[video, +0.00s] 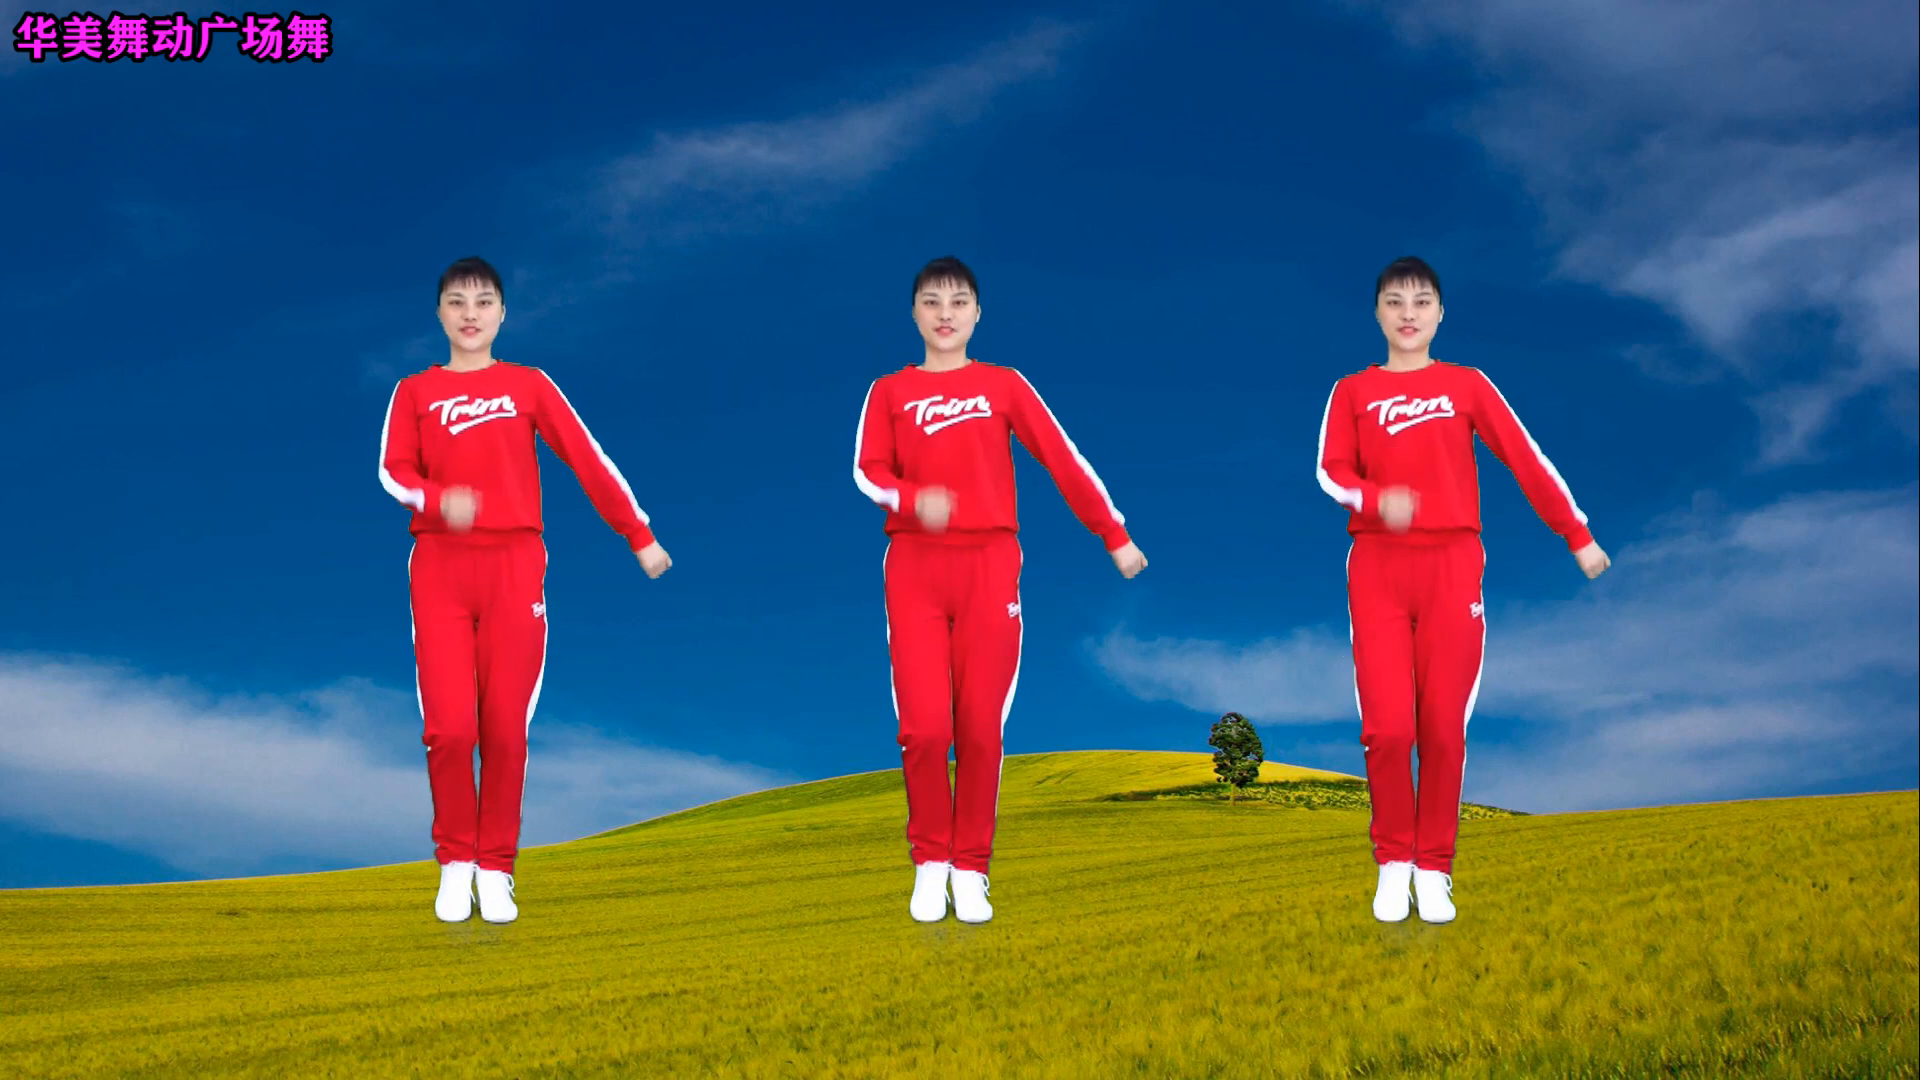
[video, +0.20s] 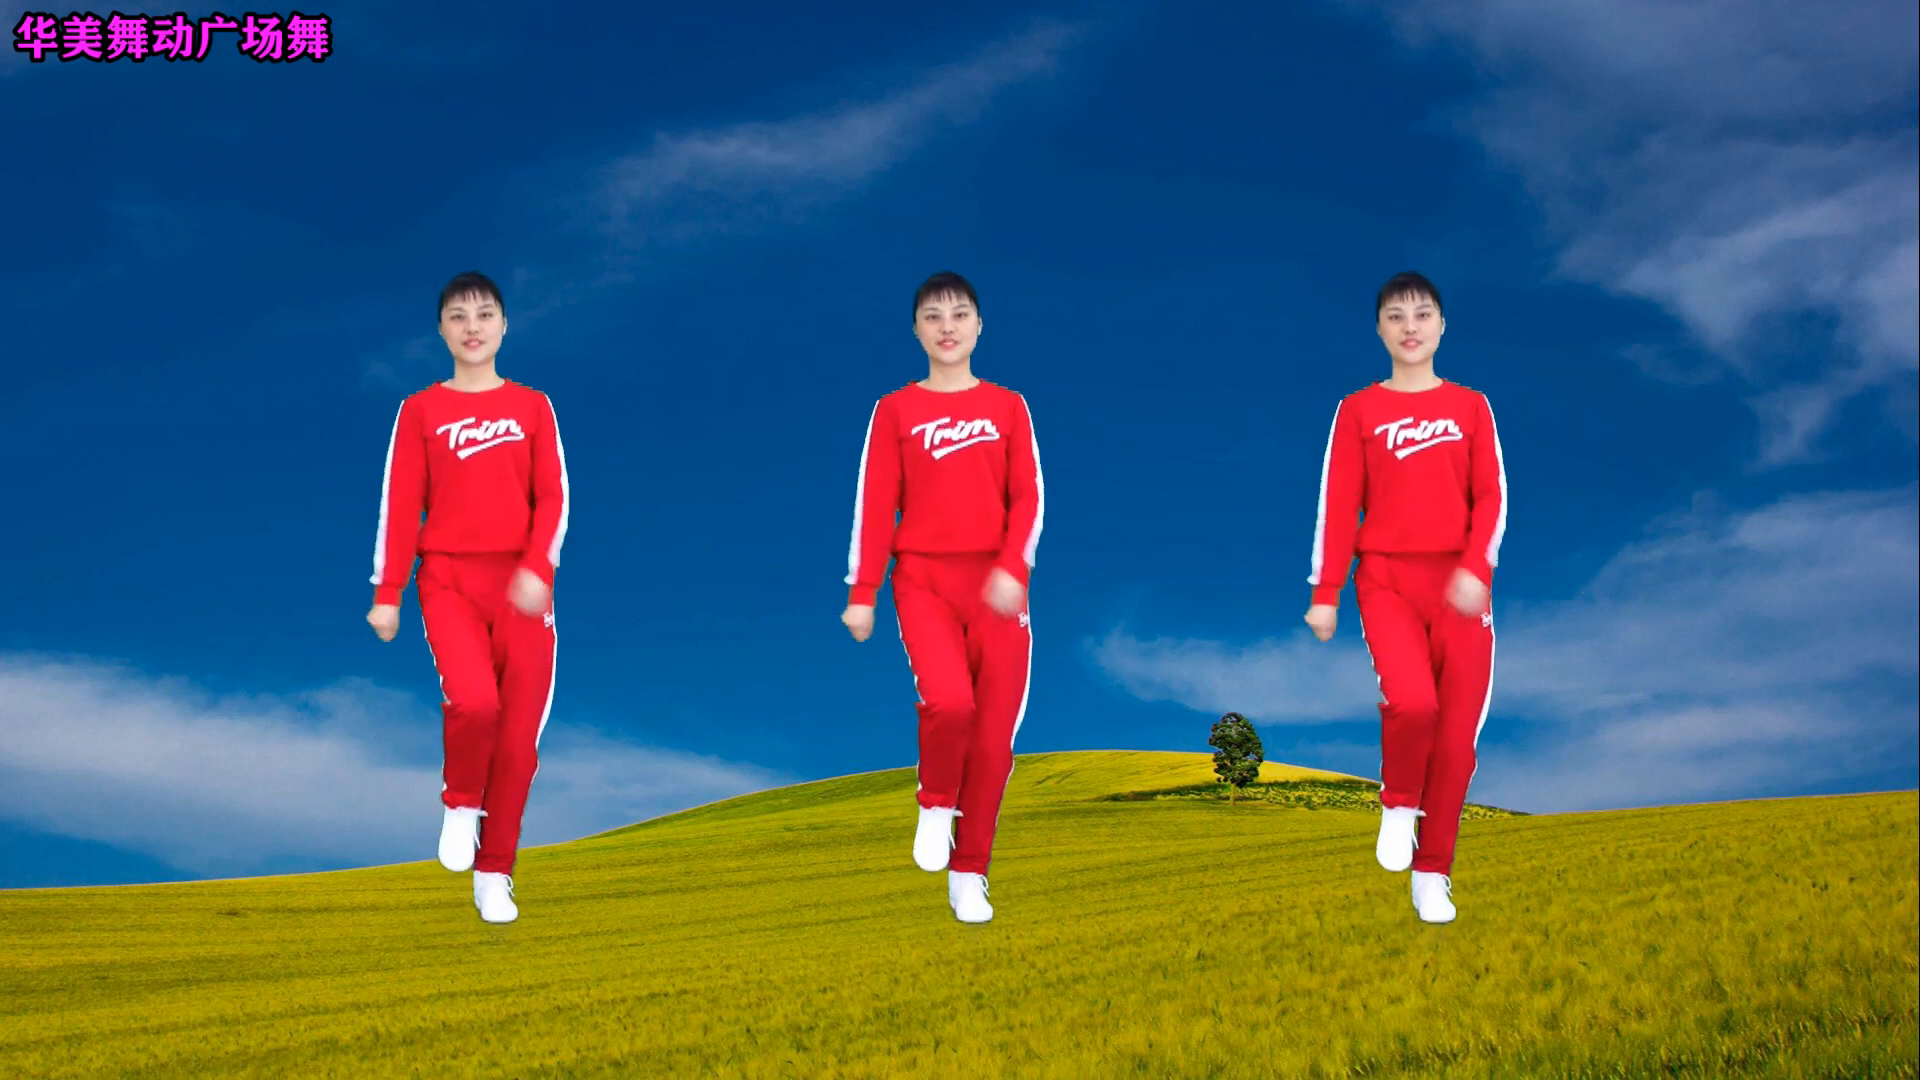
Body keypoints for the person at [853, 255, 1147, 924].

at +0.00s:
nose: (945, 313)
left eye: (958, 302)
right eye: (932, 302)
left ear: (976, 313)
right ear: (916, 313)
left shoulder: (1004, 385)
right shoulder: (888, 390)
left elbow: (1065, 460)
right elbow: (867, 472)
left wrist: (1116, 536)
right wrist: (911, 497)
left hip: (990, 569)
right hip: (914, 570)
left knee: (981, 724)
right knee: (923, 725)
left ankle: (971, 868)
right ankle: (930, 862)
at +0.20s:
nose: (948, 327)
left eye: (959, 316)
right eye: (934, 317)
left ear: (977, 325)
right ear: (919, 329)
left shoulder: (1009, 406)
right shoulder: (894, 410)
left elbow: (1029, 495)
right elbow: (874, 504)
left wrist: (1014, 568)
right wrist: (862, 592)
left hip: (998, 578)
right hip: (922, 579)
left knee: (997, 729)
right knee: (950, 703)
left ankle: (971, 869)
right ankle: (937, 805)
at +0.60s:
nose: (943, 312)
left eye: (955, 301)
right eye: (930, 304)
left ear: (975, 312)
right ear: (915, 318)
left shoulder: (1004, 392)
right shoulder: (890, 393)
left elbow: (1013, 475)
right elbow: (827, 462)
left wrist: (960, 426)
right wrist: (762, 525)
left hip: (988, 566)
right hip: (911, 567)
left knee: (978, 724)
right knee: (921, 723)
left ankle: (970, 869)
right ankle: (931, 870)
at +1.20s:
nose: (937, 306)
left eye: (951, 296)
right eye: (925, 296)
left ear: (969, 311)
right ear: (908, 310)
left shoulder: (1000, 383)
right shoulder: (879, 394)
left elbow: (1063, 452)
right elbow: (843, 481)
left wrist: (1119, 518)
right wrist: (888, 426)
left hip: (979, 566)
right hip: (902, 568)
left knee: (967, 729)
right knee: (915, 731)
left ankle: (971, 868)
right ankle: (929, 869)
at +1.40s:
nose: (943, 306)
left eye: (954, 296)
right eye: (931, 297)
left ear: (973, 309)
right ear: (913, 311)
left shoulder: (1006, 385)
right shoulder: (890, 395)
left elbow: (1040, 476)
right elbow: (882, 480)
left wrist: (1066, 564)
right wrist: (911, 542)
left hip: (992, 566)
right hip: (916, 569)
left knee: (984, 724)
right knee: (926, 722)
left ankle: (973, 867)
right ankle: (931, 855)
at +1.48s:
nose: (946, 318)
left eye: (958, 308)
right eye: (933, 309)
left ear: (976, 320)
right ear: (916, 323)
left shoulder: (1007, 397)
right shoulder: (891, 408)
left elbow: (1019, 491)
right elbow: (883, 503)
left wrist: (1013, 578)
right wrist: (883, 589)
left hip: (995, 577)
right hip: (923, 579)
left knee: (989, 729)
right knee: (935, 714)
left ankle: (972, 868)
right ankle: (934, 811)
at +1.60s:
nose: (950, 319)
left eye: (961, 308)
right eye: (937, 310)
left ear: (979, 319)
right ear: (920, 325)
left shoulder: (1010, 398)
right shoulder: (895, 409)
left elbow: (1027, 478)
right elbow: (859, 498)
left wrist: (962, 494)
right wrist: (832, 584)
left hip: (1002, 575)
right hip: (925, 577)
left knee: (997, 723)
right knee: (951, 694)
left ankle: (973, 867)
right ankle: (940, 793)